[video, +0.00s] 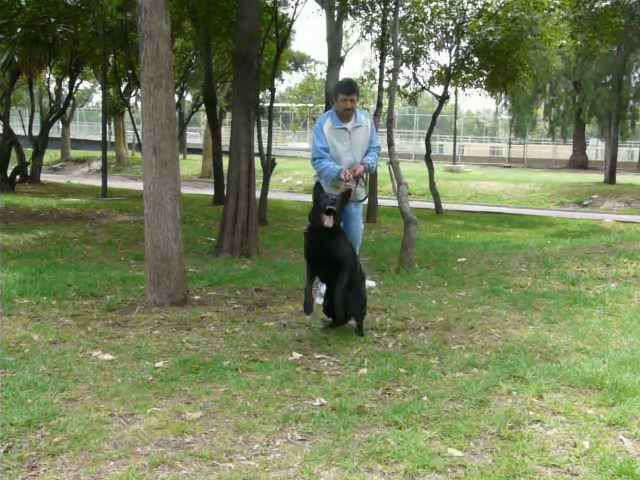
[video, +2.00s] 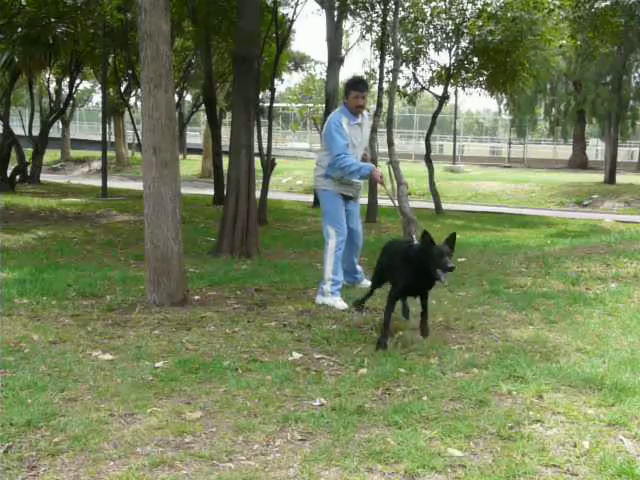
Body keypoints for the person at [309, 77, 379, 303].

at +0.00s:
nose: (349, 106)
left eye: (353, 101)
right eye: (344, 101)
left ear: (358, 101)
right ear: (335, 100)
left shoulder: (365, 120)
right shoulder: (323, 124)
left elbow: (374, 151)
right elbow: (319, 159)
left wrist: (364, 165)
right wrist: (339, 172)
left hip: (356, 192)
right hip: (329, 192)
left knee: (355, 239)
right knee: (327, 239)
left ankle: (351, 280)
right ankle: (322, 281)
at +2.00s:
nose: (361, 102)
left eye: (364, 97)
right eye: (357, 97)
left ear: (367, 98)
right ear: (346, 97)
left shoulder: (364, 120)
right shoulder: (336, 122)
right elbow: (340, 160)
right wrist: (369, 170)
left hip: (351, 183)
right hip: (330, 183)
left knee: (355, 232)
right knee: (337, 233)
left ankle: (352, 274)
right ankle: (329, 291)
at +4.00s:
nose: (355, 106)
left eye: (358, 102)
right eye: (350, 102)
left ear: (360, 102)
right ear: (339, 101)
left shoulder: (353, 124)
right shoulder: (329, 127)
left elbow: (349, 152)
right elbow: (330, 169)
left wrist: (356, 159)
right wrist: (356, 178)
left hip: (344, 188)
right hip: (326, 188)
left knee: (351, 234)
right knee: (335, 235)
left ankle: (350, 275)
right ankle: (326, 291)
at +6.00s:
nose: (364, 115)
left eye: (367, 110)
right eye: (360, 110)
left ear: (370, 110)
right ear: (349, 109)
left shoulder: (363, 130)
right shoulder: (335, 132)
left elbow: (358, 156)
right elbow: (337, 171)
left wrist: (364, 163)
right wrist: (366, 178)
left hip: (344, 189)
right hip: (324, 187)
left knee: (349, 233)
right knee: (335, 233)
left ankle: (352, 276)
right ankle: (327, 292)